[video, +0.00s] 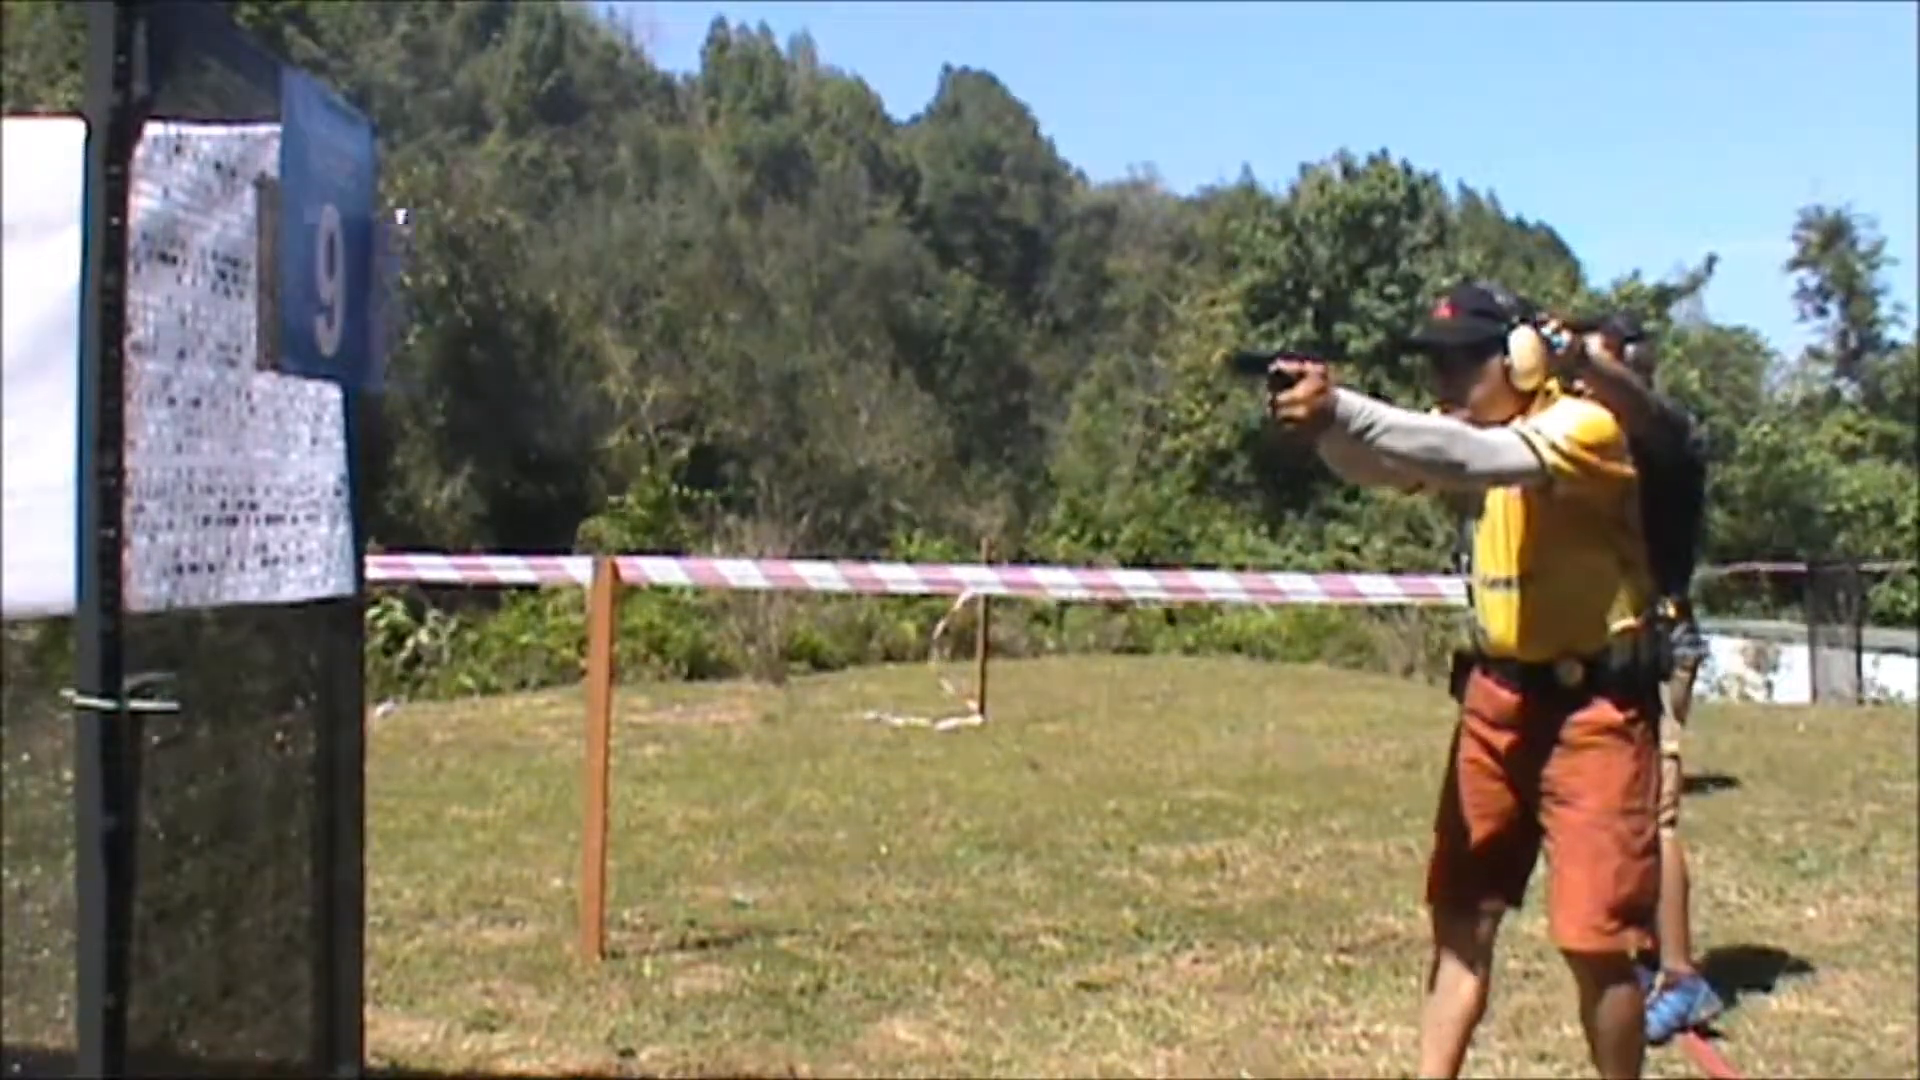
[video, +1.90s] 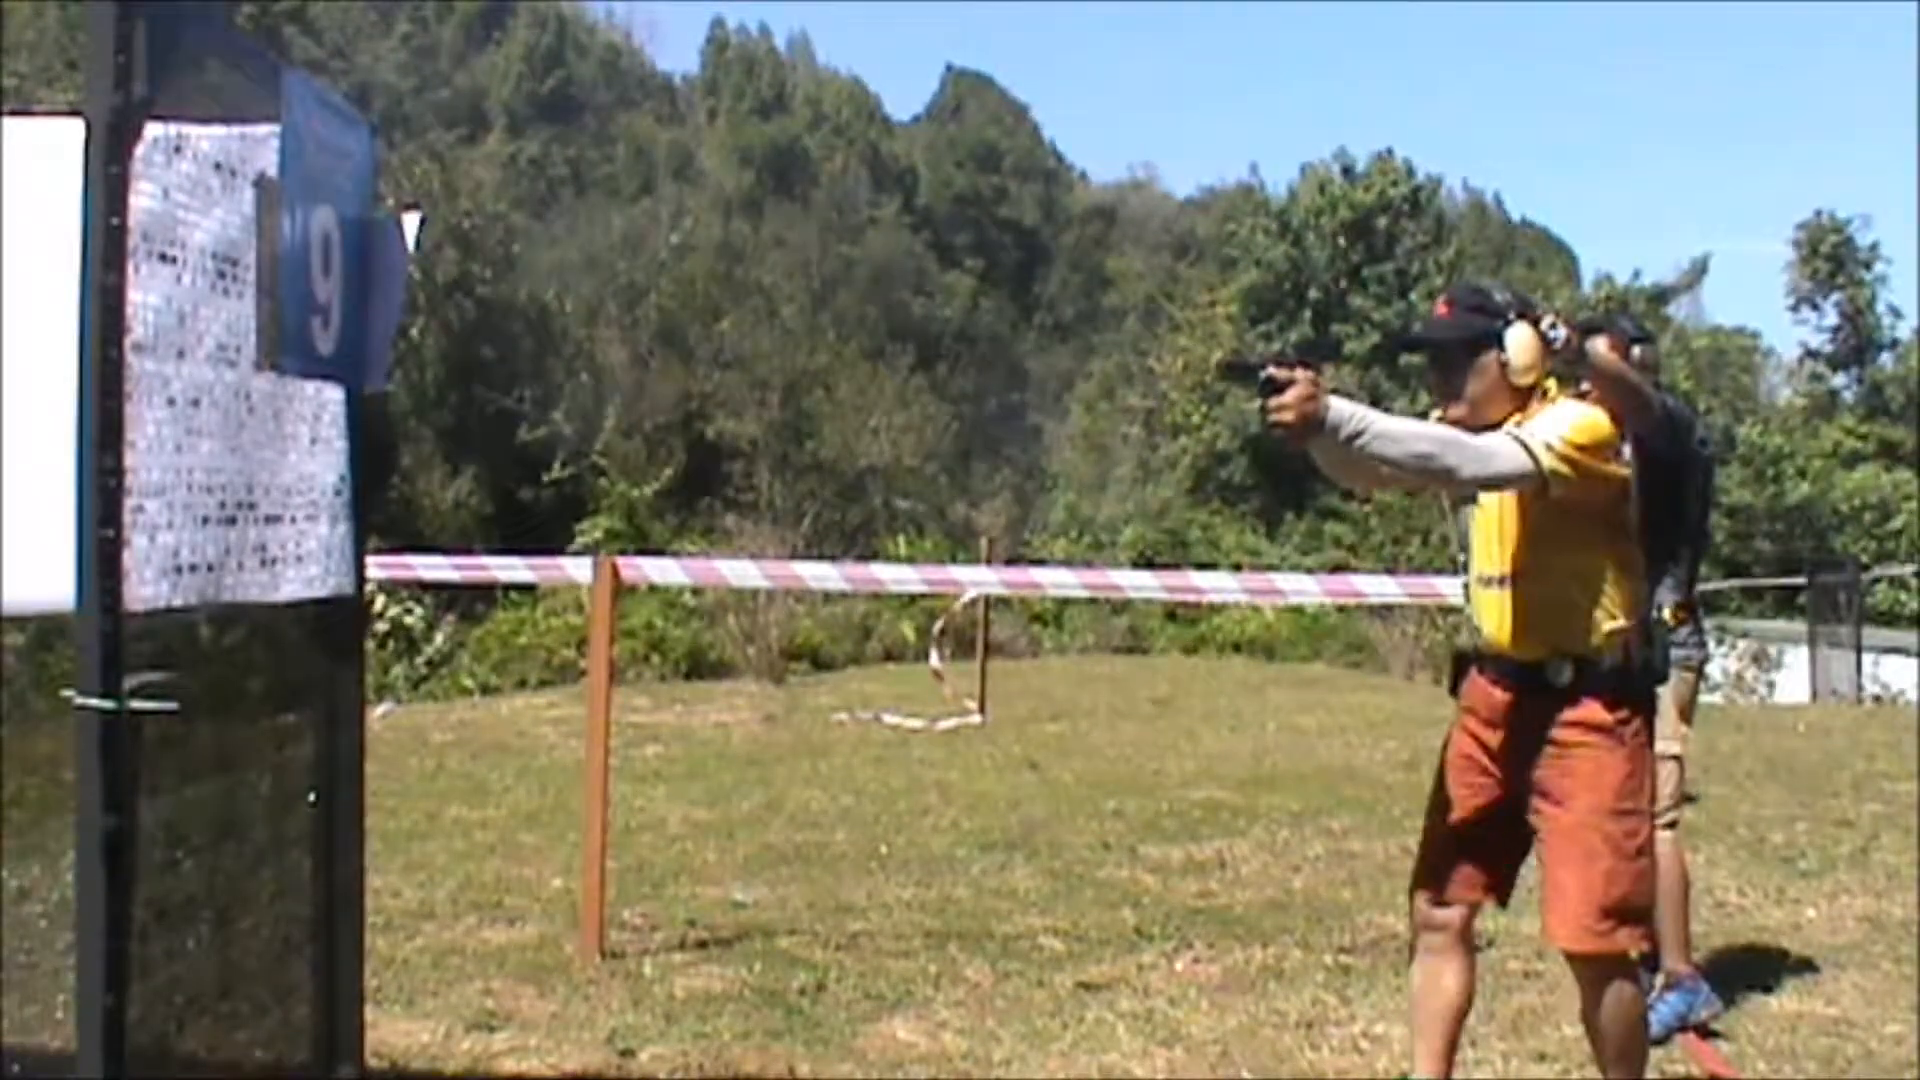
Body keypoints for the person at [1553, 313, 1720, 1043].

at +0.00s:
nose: (1599, 371)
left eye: (1612, 359)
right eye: (1595, 359)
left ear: (1638, 364)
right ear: (1590, 368)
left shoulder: (1671, 437)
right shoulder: (1581, 433)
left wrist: (1585, 359)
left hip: (1659, 631)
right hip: (1601, 637)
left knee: (1657, 806)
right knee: (1614, 805)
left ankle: (1678, 970)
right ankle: (1639, 965)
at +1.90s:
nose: (1601, 372)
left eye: (1613, 359)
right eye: (1597, 359)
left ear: (1640, 362)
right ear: (1608, 362)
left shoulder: (1673, 432)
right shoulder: (1598, 430)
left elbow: (1619, 388)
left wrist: (1585, 354)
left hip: (1661, 629)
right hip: (1612, 632)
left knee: (1659, 810)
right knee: (1624, 812)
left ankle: (1678, 973)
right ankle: (1644, 968)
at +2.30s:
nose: (1570, 393)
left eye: (1580, 377)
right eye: (1566, 381)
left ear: (1614, 371)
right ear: (1587, 378)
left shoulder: (1651, 438)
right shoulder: (1613, 450)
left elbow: (1614, 395)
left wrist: (1559, 351)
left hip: (1635, 658)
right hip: (1606, 655)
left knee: (1619, 819)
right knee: (1620, 819)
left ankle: (1674, 972)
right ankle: (1653, 964)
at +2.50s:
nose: (1538, 397)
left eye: (1549, 383)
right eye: (1536, 384)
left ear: (1582, 379)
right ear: (1554, 386)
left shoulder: (1618, 442)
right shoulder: (1603, 452)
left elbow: (1590, 402)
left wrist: (1532, 358)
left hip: (1605, 656)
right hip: (1624, 656)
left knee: (1550, 810)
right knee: (1628, 816)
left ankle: (1596, 969)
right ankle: (1658, 965)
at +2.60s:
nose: (1521, 404)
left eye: (1531, 389)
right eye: (1519, 392)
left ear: (1558, 384)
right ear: (1528, 396)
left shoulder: (1597, 447)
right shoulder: (1578, 459)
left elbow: (1565, 404)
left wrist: (1514, 364)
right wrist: (1495, 529)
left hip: (1585, 655)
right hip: (1608, 655)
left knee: (1530, 810)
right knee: (1617, 810)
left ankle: (1527, 975)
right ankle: (1657, 965)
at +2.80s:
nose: (1456, 385)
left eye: (1467, 376)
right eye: (1455, 376)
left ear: (1500, 386)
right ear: (1471, 393)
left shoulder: (1530, 452)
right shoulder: (1485, 465)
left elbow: (1475, 411)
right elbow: (1474, 556)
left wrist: (1437, 379)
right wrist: (1443, 529)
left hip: (1515, 672)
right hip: (1533, 669)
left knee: (1456, 826)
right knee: (1576, 815)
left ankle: (1420, 979)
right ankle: (1654, 963)